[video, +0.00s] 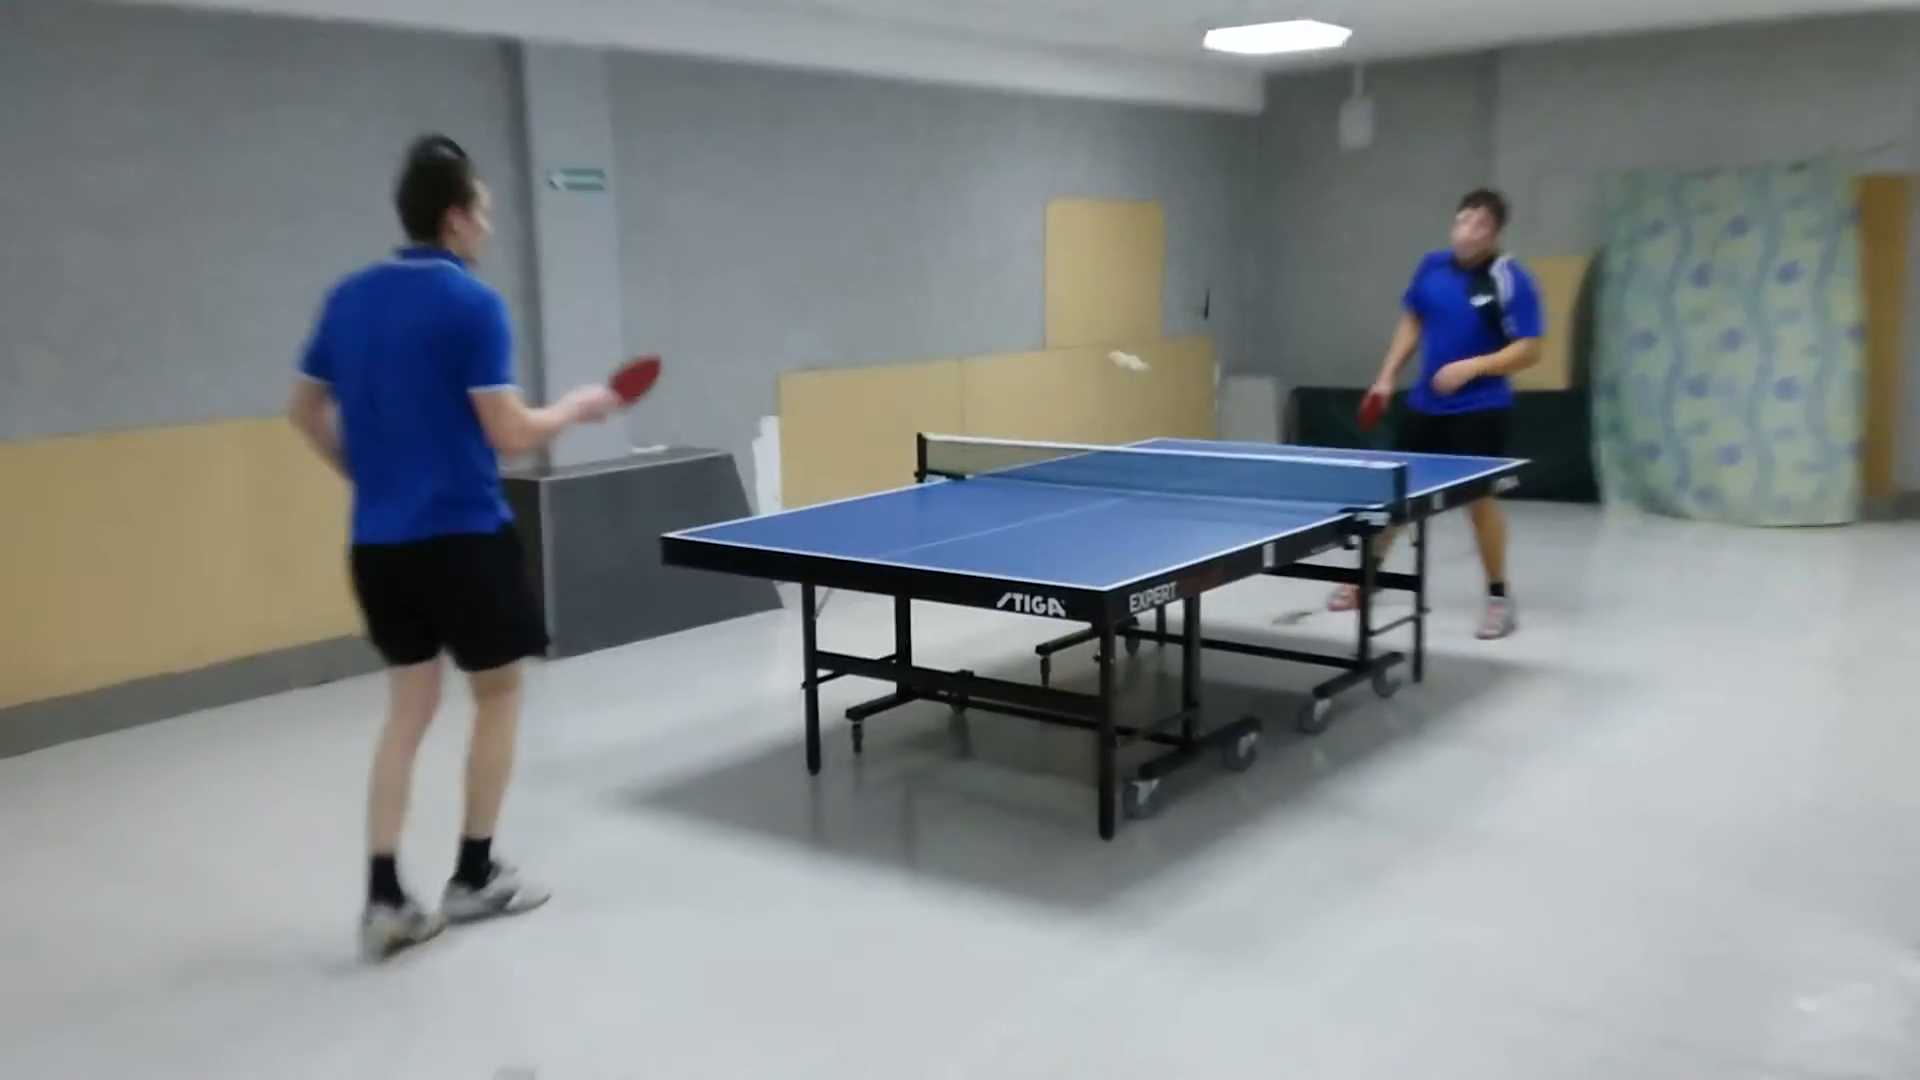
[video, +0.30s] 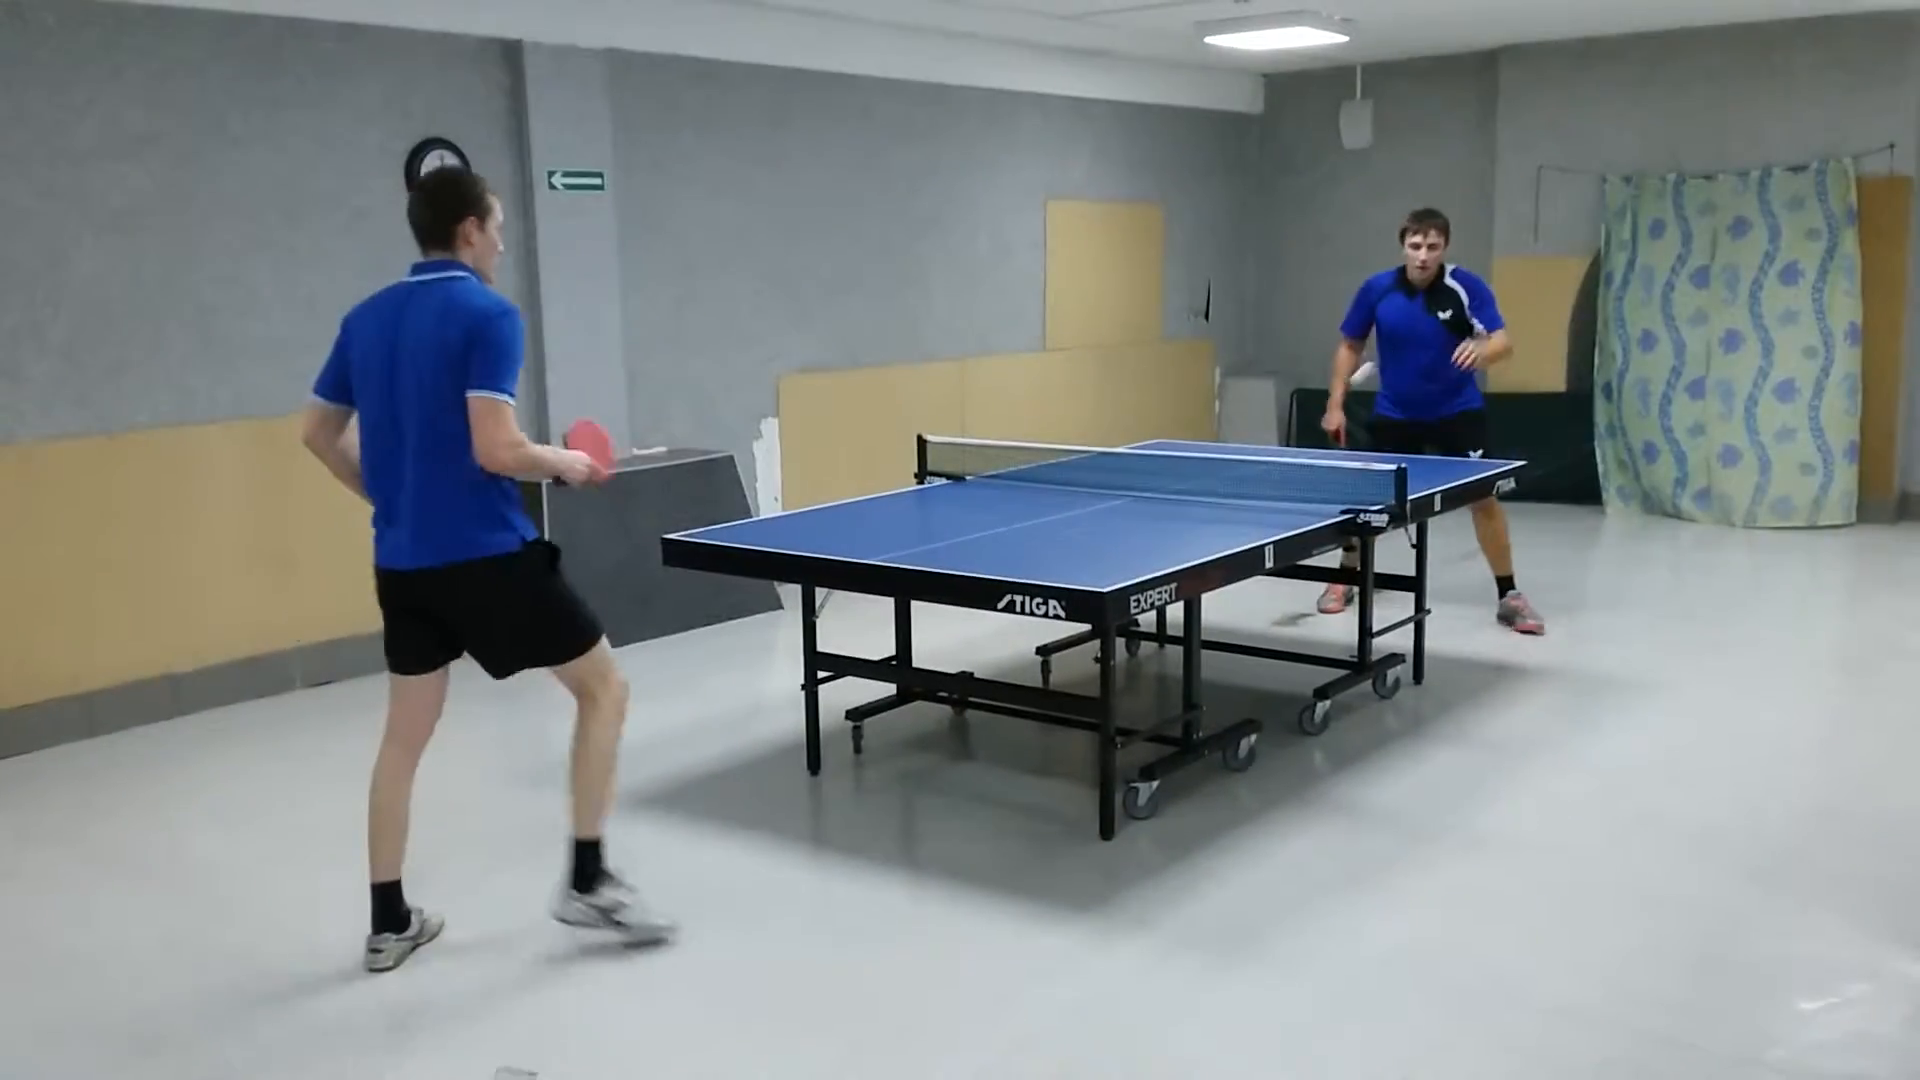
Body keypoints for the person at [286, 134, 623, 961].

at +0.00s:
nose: (488, 223)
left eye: (484, 208)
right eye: (481, 209)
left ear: (413, 215)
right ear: (456, 214)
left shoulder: (349, 297)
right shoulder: (472, 303)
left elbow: (305, 408)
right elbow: (510, 433)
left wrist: (363, 472)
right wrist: (578, 407)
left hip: (380, 543)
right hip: (467, 537)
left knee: (411, 698)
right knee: (498, 693)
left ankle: (383, 896)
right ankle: (475, 874)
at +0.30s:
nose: (502, 242)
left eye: (500, 228)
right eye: (498, 228)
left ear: (425, 235)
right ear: (471, 231)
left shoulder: (368, 316)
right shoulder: (487, 311)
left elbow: (320, 433)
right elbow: (497, 449)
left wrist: (383, 494)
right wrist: (567, 462)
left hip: (403, 564)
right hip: (489, 555)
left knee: (403, 734)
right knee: (603, 690)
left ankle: (388, 921)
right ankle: (588, 881)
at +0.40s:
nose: (523, 241)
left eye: (521, 227)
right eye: (519, 228)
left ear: (446, 236)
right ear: (495, 233)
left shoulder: (389, 318)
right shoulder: (514, 322)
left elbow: (336, 435)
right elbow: (530, 460)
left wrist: (400, 498)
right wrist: (587, 470)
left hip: (419, 570)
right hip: (510, 569)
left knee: (409, 732)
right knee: (609, 713)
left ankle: (388, 922)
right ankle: (623, 911)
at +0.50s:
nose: (553, 248)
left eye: (548, 234)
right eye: (549, 235)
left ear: (478, 244)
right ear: (532, 240)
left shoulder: (420, 325)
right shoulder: (555, 337)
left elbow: (362, 436)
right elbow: (575, 479)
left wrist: (424, 501)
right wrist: (619, 482)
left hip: (446, 579)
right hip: (538, 579)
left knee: (438, 732)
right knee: (618, 733)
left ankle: (389, 923)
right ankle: (624, 938)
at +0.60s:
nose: (592, 249)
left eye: (586, 235)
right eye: (588, 238)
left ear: (515, 251)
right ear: (575, 248)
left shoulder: (457, 327)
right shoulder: (599, 349)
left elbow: (395, 437)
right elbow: (612, 495)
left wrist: (453, 504)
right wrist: (658, 512)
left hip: (467, 578)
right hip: (557, 581)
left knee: (477, 710)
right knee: (632, 738)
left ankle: (400, 891)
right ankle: (624, 941)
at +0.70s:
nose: (628, 257)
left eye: (625, 244)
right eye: (625, 246)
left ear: (551, 251)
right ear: (611, 253)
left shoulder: (486, 317)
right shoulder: (624, 356)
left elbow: (413, 422)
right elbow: (627, 504)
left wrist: (464, 490)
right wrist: (685, 521)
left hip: (473, 570)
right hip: (564, 580)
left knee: (487, 687)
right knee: (632, 737)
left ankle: (413, 858)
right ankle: (623, 941)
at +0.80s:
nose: (647, 261)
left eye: (642, 248)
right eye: (645, 249)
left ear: (571, 250)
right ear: (633, 255)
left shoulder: (503, 310)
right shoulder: (633, 359)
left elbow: (420, 407)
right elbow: (627, 505)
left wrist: (469, 479)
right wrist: (695, 517)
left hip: (472, 563)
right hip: (561, 578)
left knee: (479, 680)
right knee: (627, 738)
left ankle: (419, 845)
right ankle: (621, 940)